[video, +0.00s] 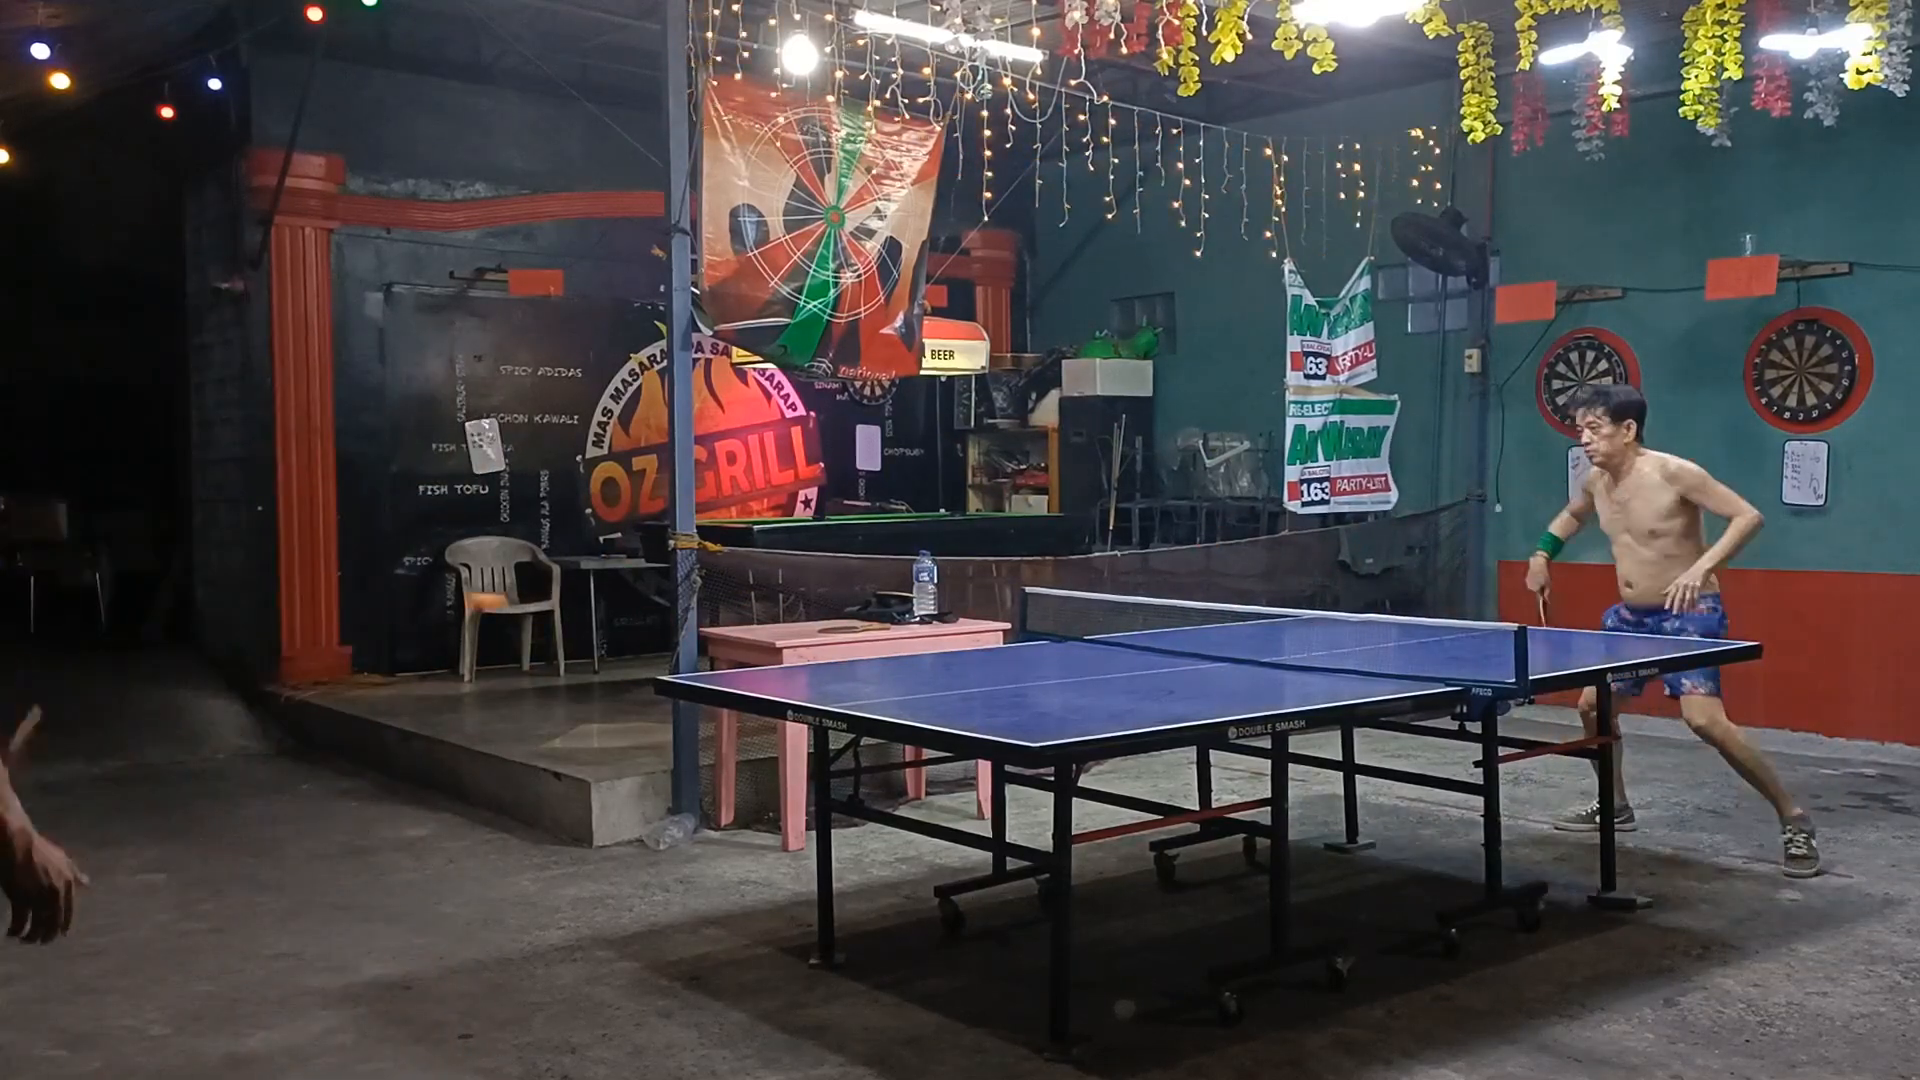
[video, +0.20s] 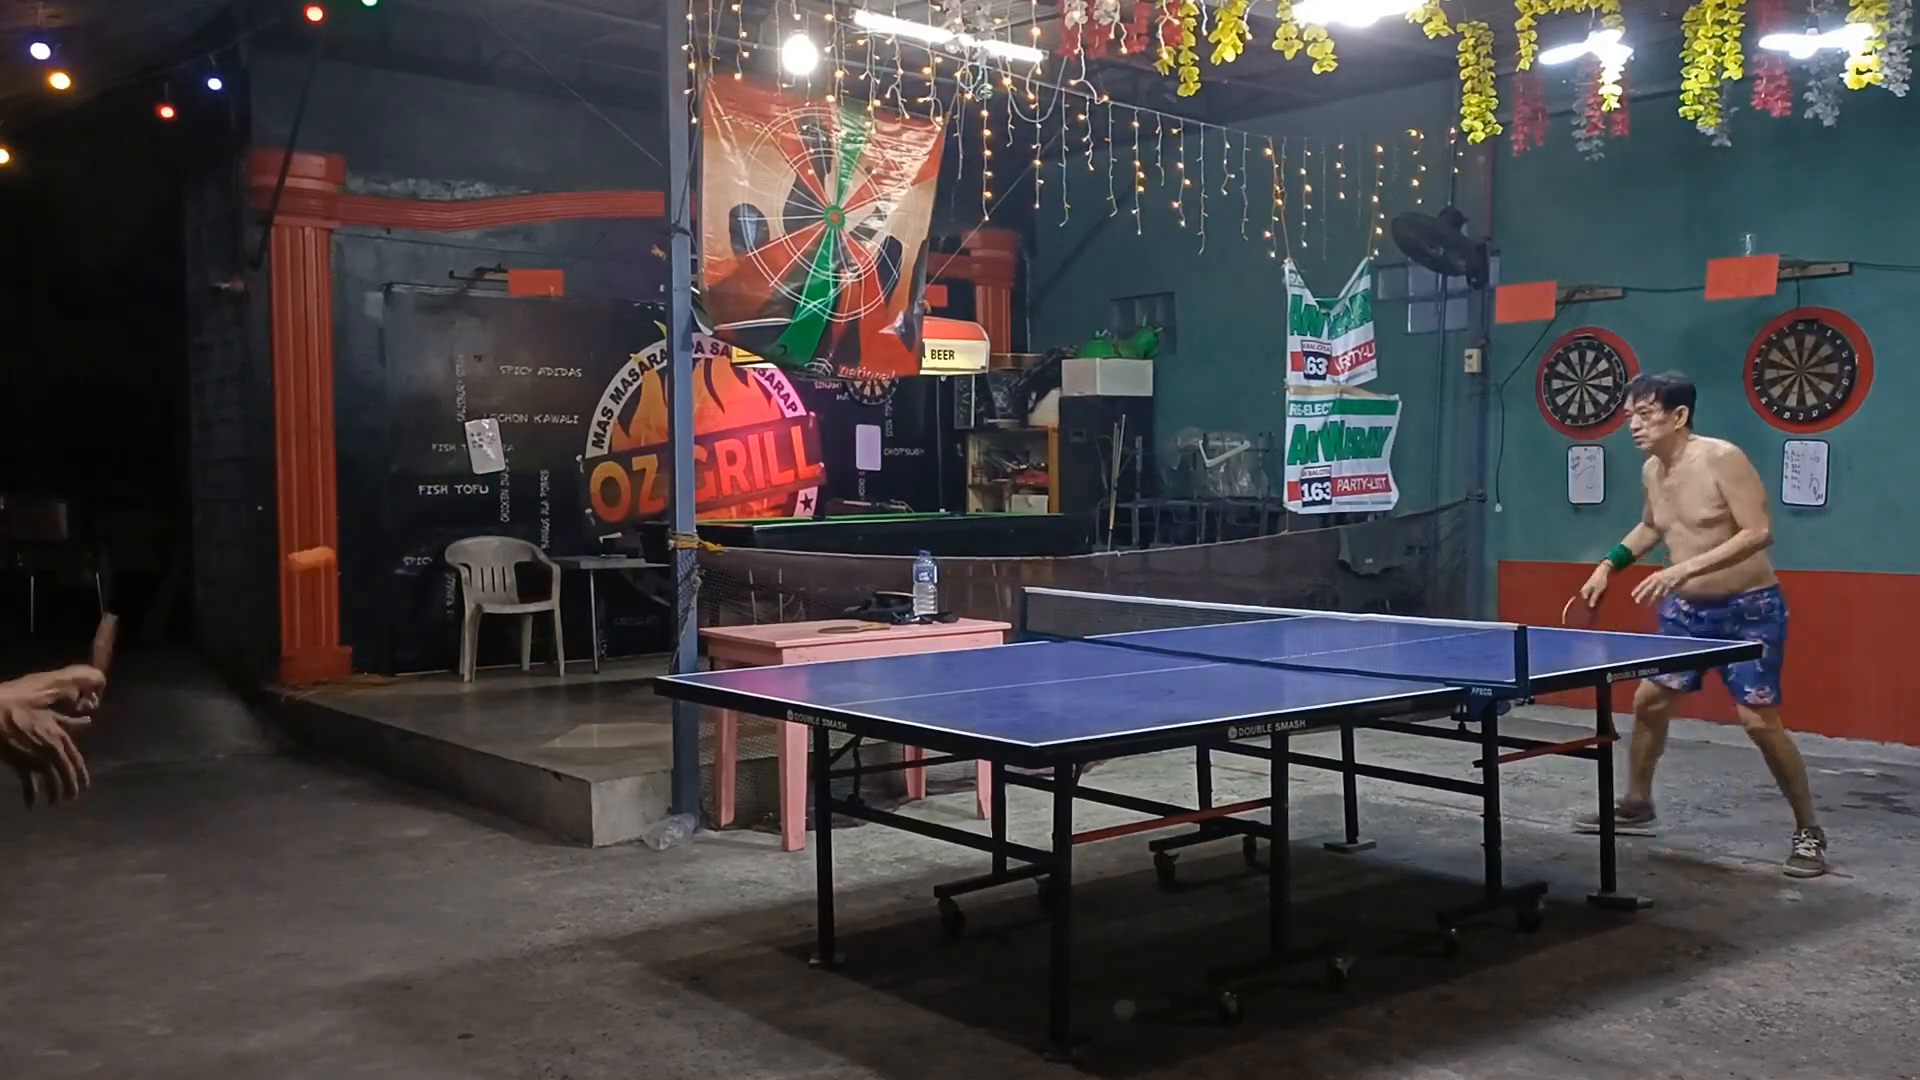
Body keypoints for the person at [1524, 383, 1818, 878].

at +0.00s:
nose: (1584, 440)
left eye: (1594, 429)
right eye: (1581, 430)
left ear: (1629, 430)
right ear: (1584, 435)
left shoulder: (1672, 472)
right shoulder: (1596, 479)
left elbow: (1748, 516)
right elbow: (1576, 514)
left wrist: (1704, 566)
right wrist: (1540, 553)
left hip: (1689, 616)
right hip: (1630, 619)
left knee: (1703, 718)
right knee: (1591, 706)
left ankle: (1793, 818)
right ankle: (1613, 803)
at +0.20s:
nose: (1634, 425)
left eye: (1645, 414)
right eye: (1631, 416)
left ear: (1679, 416)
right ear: (1633, 421)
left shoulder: (1722, 458)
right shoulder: (1653, 469)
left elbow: (1758, 533)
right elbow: (1652, 527)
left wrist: (1681, 571)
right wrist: (1608, 565)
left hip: (1749, 611)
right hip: (1688, 612)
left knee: (1759, 722)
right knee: (1649, 705)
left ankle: (1807, 829)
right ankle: (1637, 802)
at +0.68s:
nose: (1719, 456)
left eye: (1728, 443)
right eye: (1715, 446)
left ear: (1764, 441)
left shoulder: (1794, 475)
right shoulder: (1773, 490)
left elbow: (1770, 548)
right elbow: (1754, 546)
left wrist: (1687, 597)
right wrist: (1680, 544)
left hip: (1873, 635)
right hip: (1809, 644)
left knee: (1906, 758)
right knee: (1753, 731)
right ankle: (1785, 845)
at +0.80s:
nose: (1747, 463)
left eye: (1754, 449)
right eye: (1743, 453)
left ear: (1791, 440)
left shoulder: (1819, 463)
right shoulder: (1806, 497)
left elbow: (1811, 511)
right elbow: (1826, 569)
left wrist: (1730, 571)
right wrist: (1754, 578)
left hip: (1907, 640)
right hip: (1861, 644)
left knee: (1918, 758)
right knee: (1830, 740)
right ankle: (1806, 845)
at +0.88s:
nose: (1759, 475)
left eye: (1764, 460)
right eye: (1755, 465)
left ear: (1799, 448)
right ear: (1798, 454)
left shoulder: (1825, 467)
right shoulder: (1829, 502)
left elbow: (1853, 488)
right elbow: (1867, 588)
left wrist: (1780, 567)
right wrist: (1793, 611)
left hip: (1916, 646)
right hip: (1888, 649)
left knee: (1915, 761)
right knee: (1861, 741)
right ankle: (1851, 852)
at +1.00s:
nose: (1777, 481)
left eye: (1778, 467)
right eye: (1773, 472)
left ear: (1809, 451)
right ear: (1809, 453)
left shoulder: (1876, 464)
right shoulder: (1841, 522)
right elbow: (1850, 605)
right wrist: (1774, 604)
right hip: (1915, 651)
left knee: (1911, 768)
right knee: (1909, 768)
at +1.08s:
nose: (1787, 479)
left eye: (1789, 464)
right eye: (1783, 468)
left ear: (1818, 445)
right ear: (1817, 446)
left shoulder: (1899, 464)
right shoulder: (1824, 516)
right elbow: (1785, 565)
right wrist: (1720, 536)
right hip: (1919, 653)